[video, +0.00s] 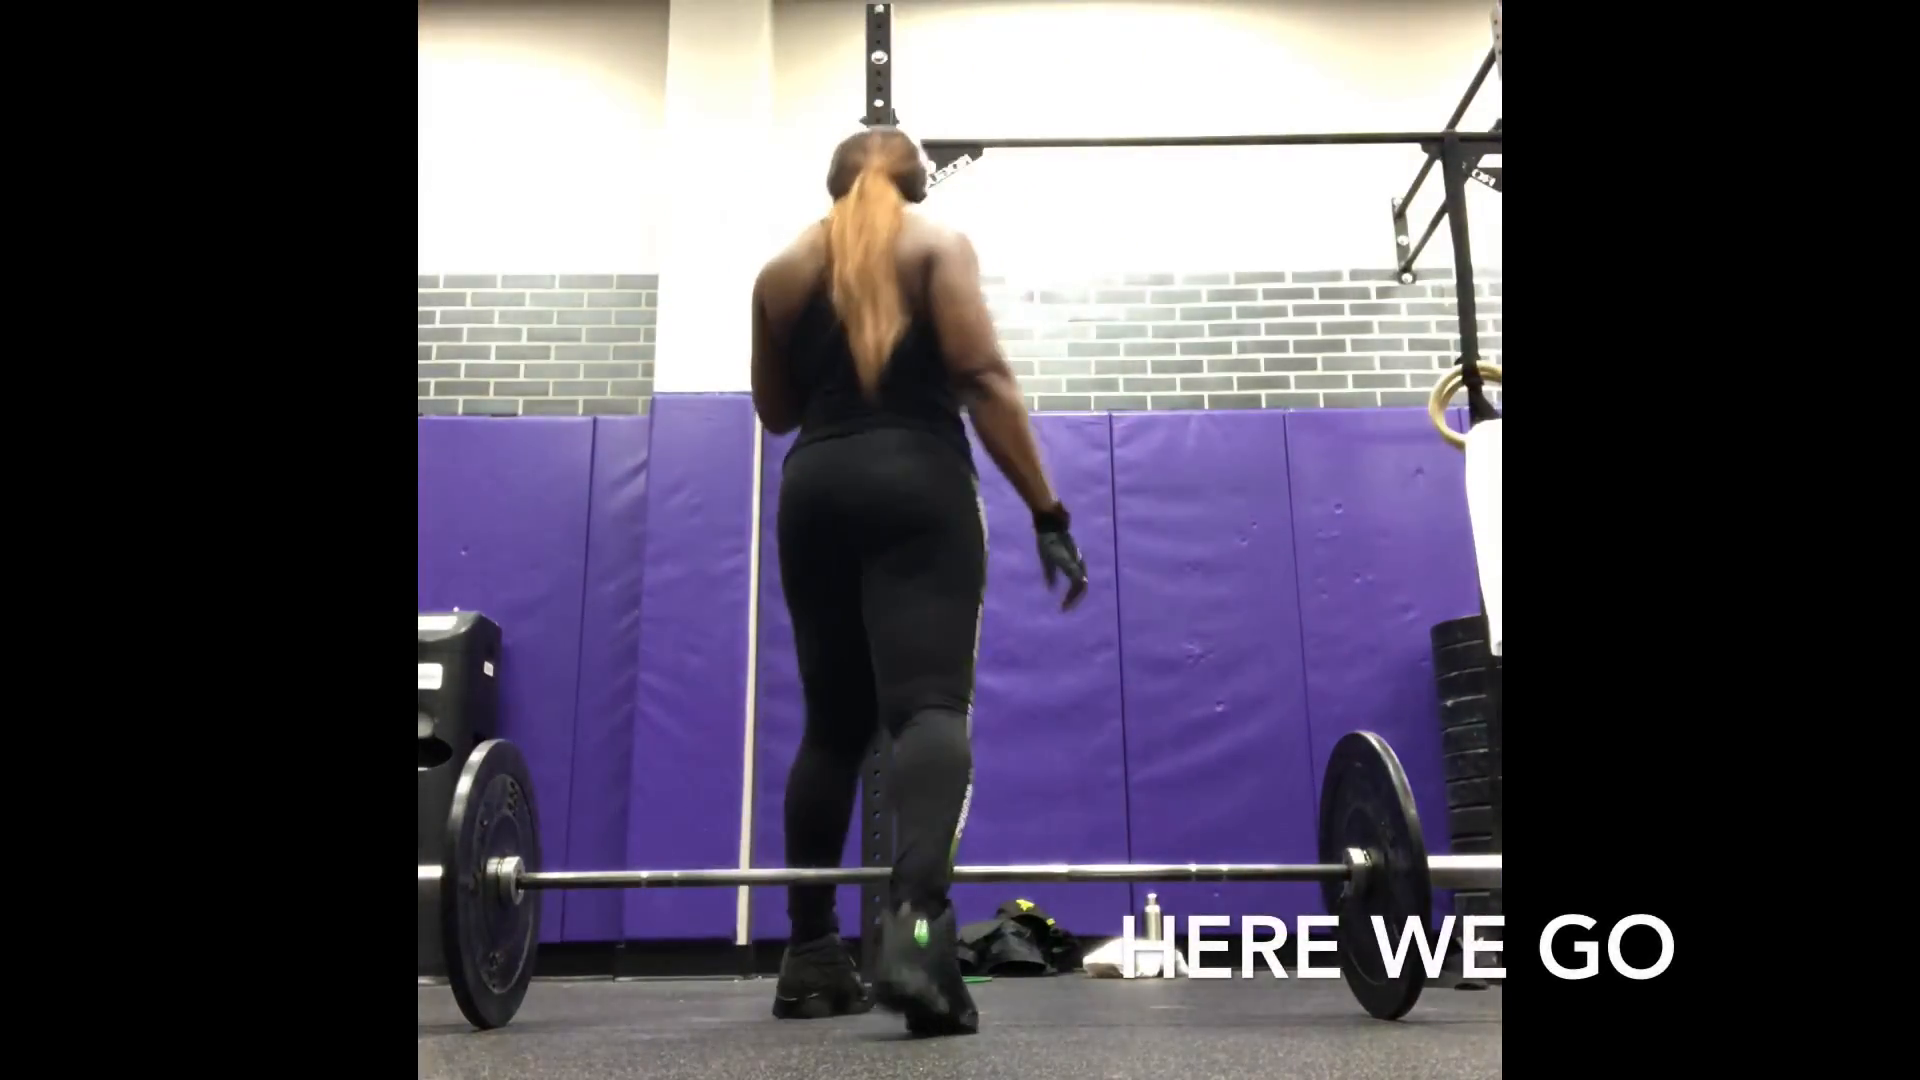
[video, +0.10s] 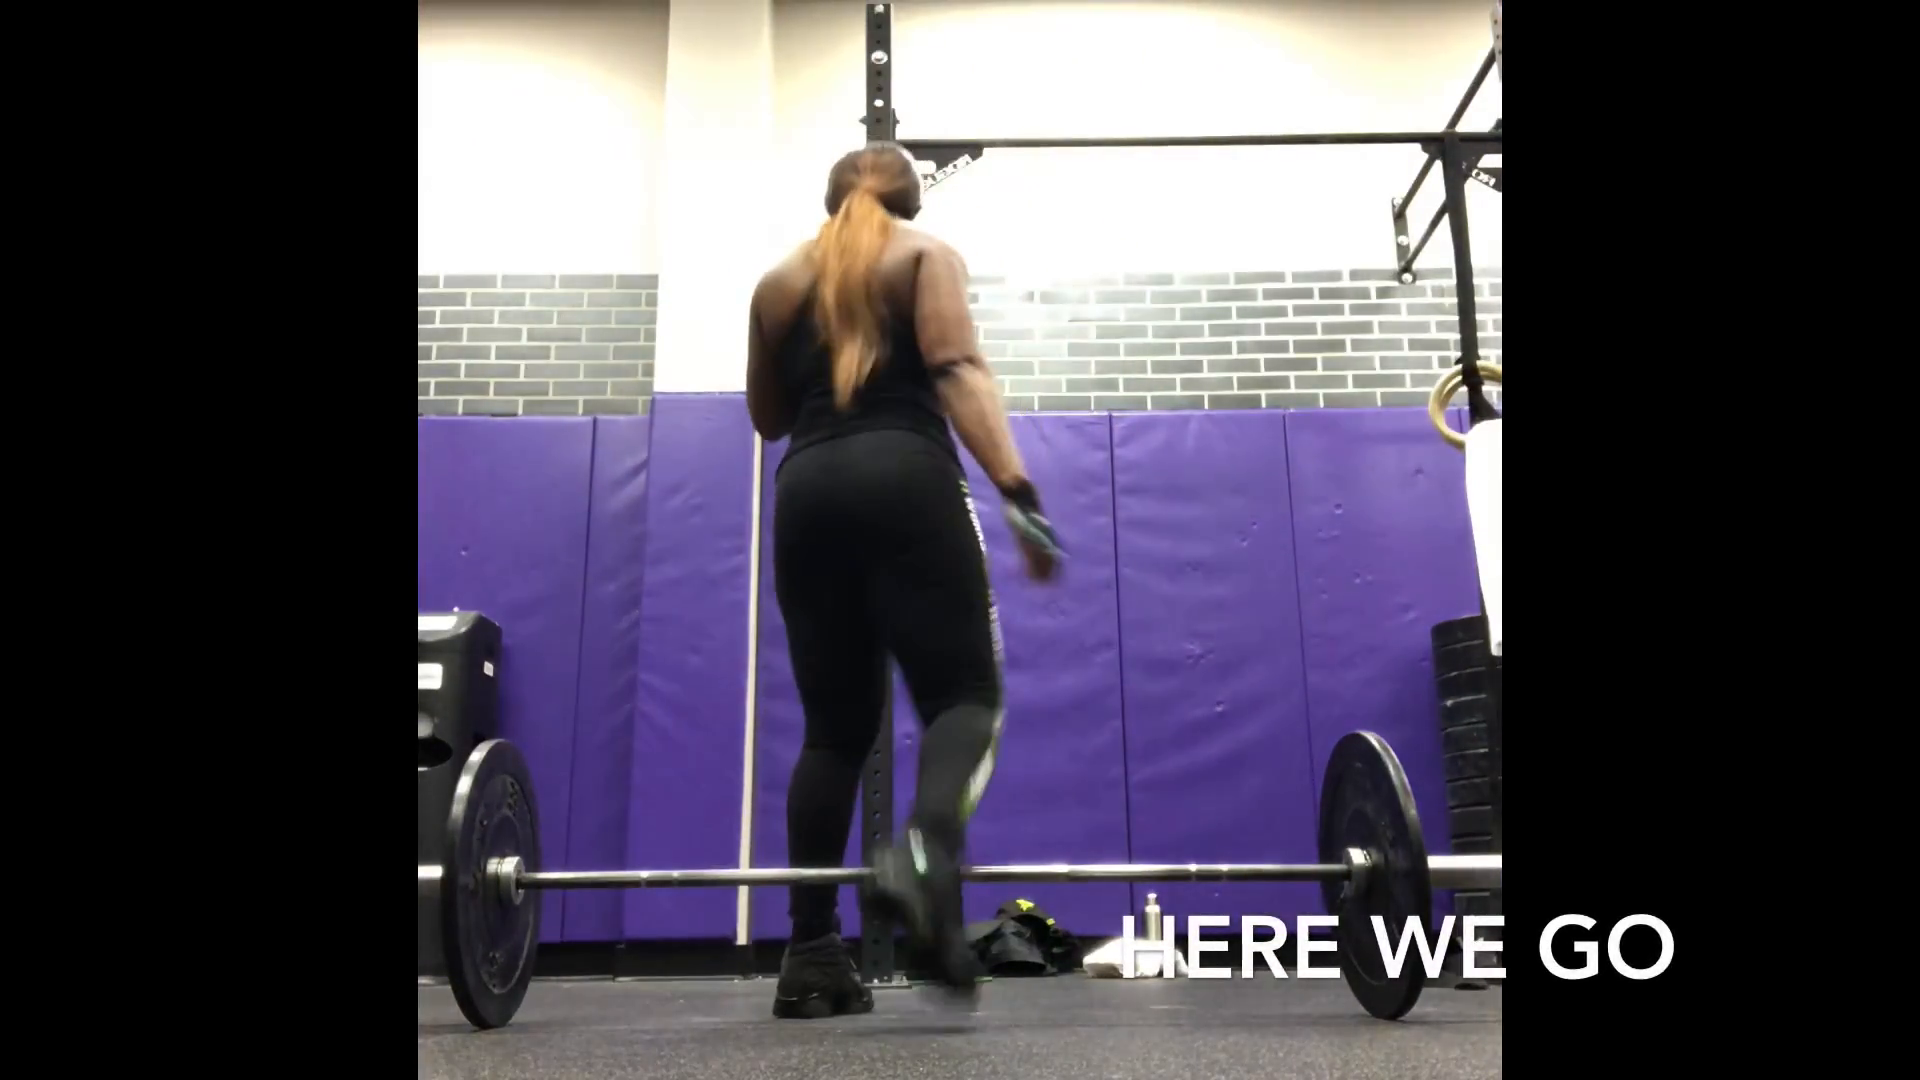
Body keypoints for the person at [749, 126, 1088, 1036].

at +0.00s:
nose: (924, 189)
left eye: (913, 176)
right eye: (923, 178)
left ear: (835, 186)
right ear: (912, 186)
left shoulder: (783, 272)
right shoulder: (935, 245)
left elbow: (776, 407)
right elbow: (983, 378)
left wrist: (860, 378)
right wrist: (1048, 511)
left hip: (812, 486)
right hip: (921, 477)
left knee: (833, 726)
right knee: (930, 710)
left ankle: (813, 953)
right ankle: (915, 934)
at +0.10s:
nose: (914, 212)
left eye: (900, 195)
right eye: (915, 199)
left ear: (834, 203)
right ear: (906, 204)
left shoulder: (780, 283)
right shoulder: (924, 255)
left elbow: (769, 415)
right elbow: (954, 367)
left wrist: (844, 379)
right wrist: (1019, 493)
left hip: (807, 490)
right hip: (910, 478)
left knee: (836, 731)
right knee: (960, 695)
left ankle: (813, 954)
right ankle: (928, 848)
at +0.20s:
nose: (914, 238)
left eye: (904, 224)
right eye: (915, 225)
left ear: (840, 214)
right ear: (904, 220)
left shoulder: (783, 291)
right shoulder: (912, 261)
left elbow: (772, 426)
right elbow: (935, 360)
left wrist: (856, 420)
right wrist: (983, 475)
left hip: (806, 491)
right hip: (900, 475)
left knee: (835, 733)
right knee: (998, 668)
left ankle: (813, 956)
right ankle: (926, 735)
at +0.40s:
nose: (933, 256)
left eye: (931, 244)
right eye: (931, 244)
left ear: (855, 231)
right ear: (918, 237)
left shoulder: (804, 307)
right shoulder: (913, 273)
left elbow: (802, 432)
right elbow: (917, 365)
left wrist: (858, 482)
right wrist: (965, 502)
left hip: (821, 504)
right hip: (910, 492)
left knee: (844, 736)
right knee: (1042, 657)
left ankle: (815, 951)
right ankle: (942, 773)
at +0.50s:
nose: (950, 255)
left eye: (946, 242)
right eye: (946, 242)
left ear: (875, 240)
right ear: (926, 239)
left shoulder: (827, 310)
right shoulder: (920, 281)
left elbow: (815, 440)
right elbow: (929, 379)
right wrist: (988, 518)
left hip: (838, 516)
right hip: (922, 509)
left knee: (855, 738)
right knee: (1031, 691)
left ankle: (817, 949)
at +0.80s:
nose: (1013, 264)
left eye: (1012, 250)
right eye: (1005, 249)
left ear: (934, 251)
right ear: (974, 246)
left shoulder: (898, 317)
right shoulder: (966, 281)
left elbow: (829, 432)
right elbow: (920, 320)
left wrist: (904, 492)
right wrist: (1008, 401)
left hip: (912, 522)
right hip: (971, 514)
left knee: (968, 734)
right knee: (994, 728)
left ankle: (868, 894)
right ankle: (986, 942)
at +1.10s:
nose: (1043, 290)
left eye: (1042, 276)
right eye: (1034, 274)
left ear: (994, 280)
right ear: (992, 275)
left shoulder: (982, 346)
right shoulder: (951, 316)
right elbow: (843, 347)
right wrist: (928, 436)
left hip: (998, 539)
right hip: (966, 533)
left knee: (1027, 730)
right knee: (994, 726)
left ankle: (995, 927)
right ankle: (980, 940)